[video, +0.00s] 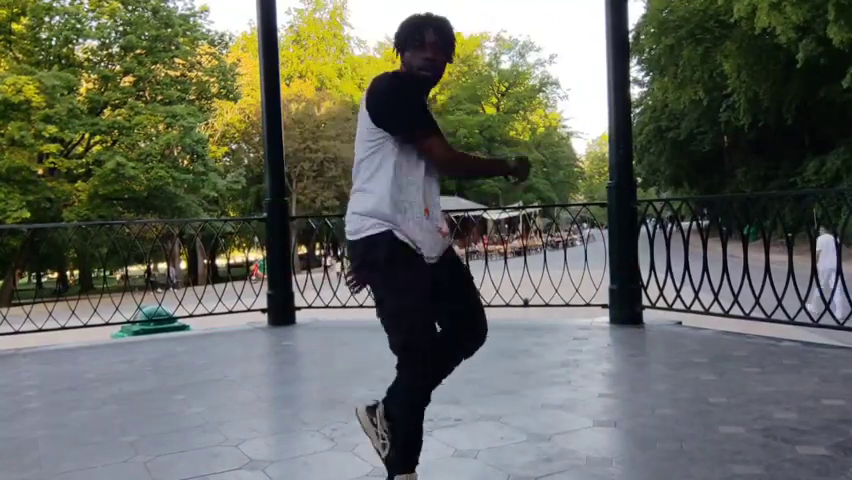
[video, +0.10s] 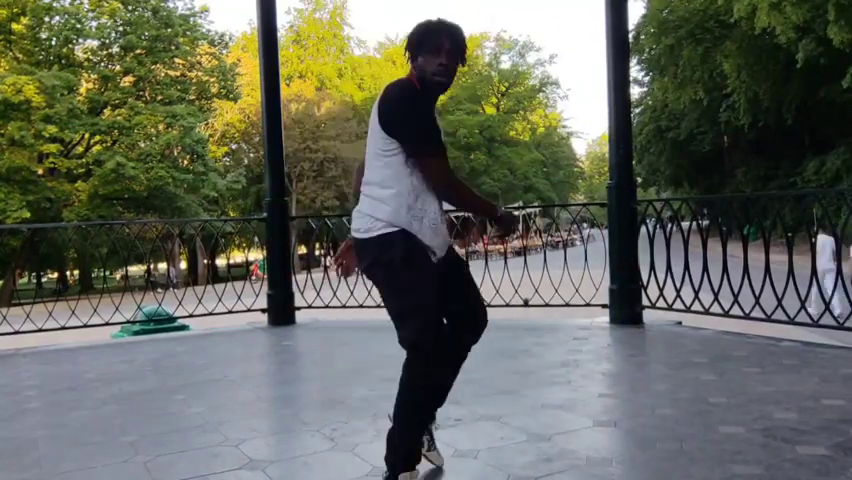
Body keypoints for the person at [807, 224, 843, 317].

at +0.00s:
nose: (819, 231)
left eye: (820, 229)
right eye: (820, 229)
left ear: (822, 230)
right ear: (829, 229)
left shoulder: (820, 239)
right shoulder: (835, 238)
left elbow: (817, 253)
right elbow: (838, 252)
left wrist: (814, 264)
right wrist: (837, 264)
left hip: (823, 266)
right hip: (835, 266)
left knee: (819, 287)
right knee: (837, 288)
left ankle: (814, 307)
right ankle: (839, 313)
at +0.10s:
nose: (813, 232)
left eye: (814, 230)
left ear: (816, 230)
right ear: (824, 229)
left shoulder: (815, 239)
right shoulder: (831, 239)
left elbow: (813, 253)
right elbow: (835, 252)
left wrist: (813, 264)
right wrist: (835, 261)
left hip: (819, 266)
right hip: (830, 265)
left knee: (815, 287)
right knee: (832, 288)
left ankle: (814, 308)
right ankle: (837, 310)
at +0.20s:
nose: (811, 230)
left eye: (811, 228)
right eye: (811, 228)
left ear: (811, 229)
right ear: (818, 228)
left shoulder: (809, 240)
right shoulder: (826, 238)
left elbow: (809, 254)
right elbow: (830, 253)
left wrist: (811, 267)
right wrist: (830, 265)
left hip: (815, 266)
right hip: (825, 266)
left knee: (813, 287)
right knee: (825, 285)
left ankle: (813, 308)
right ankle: (831, 300)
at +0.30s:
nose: (811, 228)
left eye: (811, 227)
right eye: (812, 227)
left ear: (809, 228)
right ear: (817, 228)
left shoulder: (806, 238)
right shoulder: (824, 237)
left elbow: (805, 252)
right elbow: (828, 252)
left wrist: (803, 264)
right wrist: (829, 264)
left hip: (810, 265)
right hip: (821, 264)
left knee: (811, 286)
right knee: (822, 284)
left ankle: (813, 308)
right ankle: (828, 301)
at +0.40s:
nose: (808, 229)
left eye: (807, 228)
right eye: (811, 227)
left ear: (805, 228)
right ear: (815, 227)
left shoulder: (803, 238)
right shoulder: (820, 237)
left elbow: (800, 251)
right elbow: (823, 249)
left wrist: (799, 261)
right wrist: (825, 262)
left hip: (807, 263)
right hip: (817, 262)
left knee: (809, 285)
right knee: (815, 284)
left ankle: (813, 307)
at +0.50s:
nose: (802, 229)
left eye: (802, 227)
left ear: (803, 228)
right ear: (812, 227)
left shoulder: (800, 239)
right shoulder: (818, 238)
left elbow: (798, 252)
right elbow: (821, 251)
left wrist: (798, 263)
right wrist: (822, 262)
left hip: (805, 263)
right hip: (816, 263)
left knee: (808, 285)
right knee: (815, 284)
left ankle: (812, 307)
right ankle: (815, 304)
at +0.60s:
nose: (800, 230)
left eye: (800, 229)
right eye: (801, 229)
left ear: (800, 230)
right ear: (808, 229)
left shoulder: (798, 239)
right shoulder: (814, 238)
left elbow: (796, 253)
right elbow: (818, 252)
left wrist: (795, 265)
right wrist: (819, 263)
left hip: (803, 264)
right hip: (813, 264)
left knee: (807, 286)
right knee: (811, 285)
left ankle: (813, 307)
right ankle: (805, 300)